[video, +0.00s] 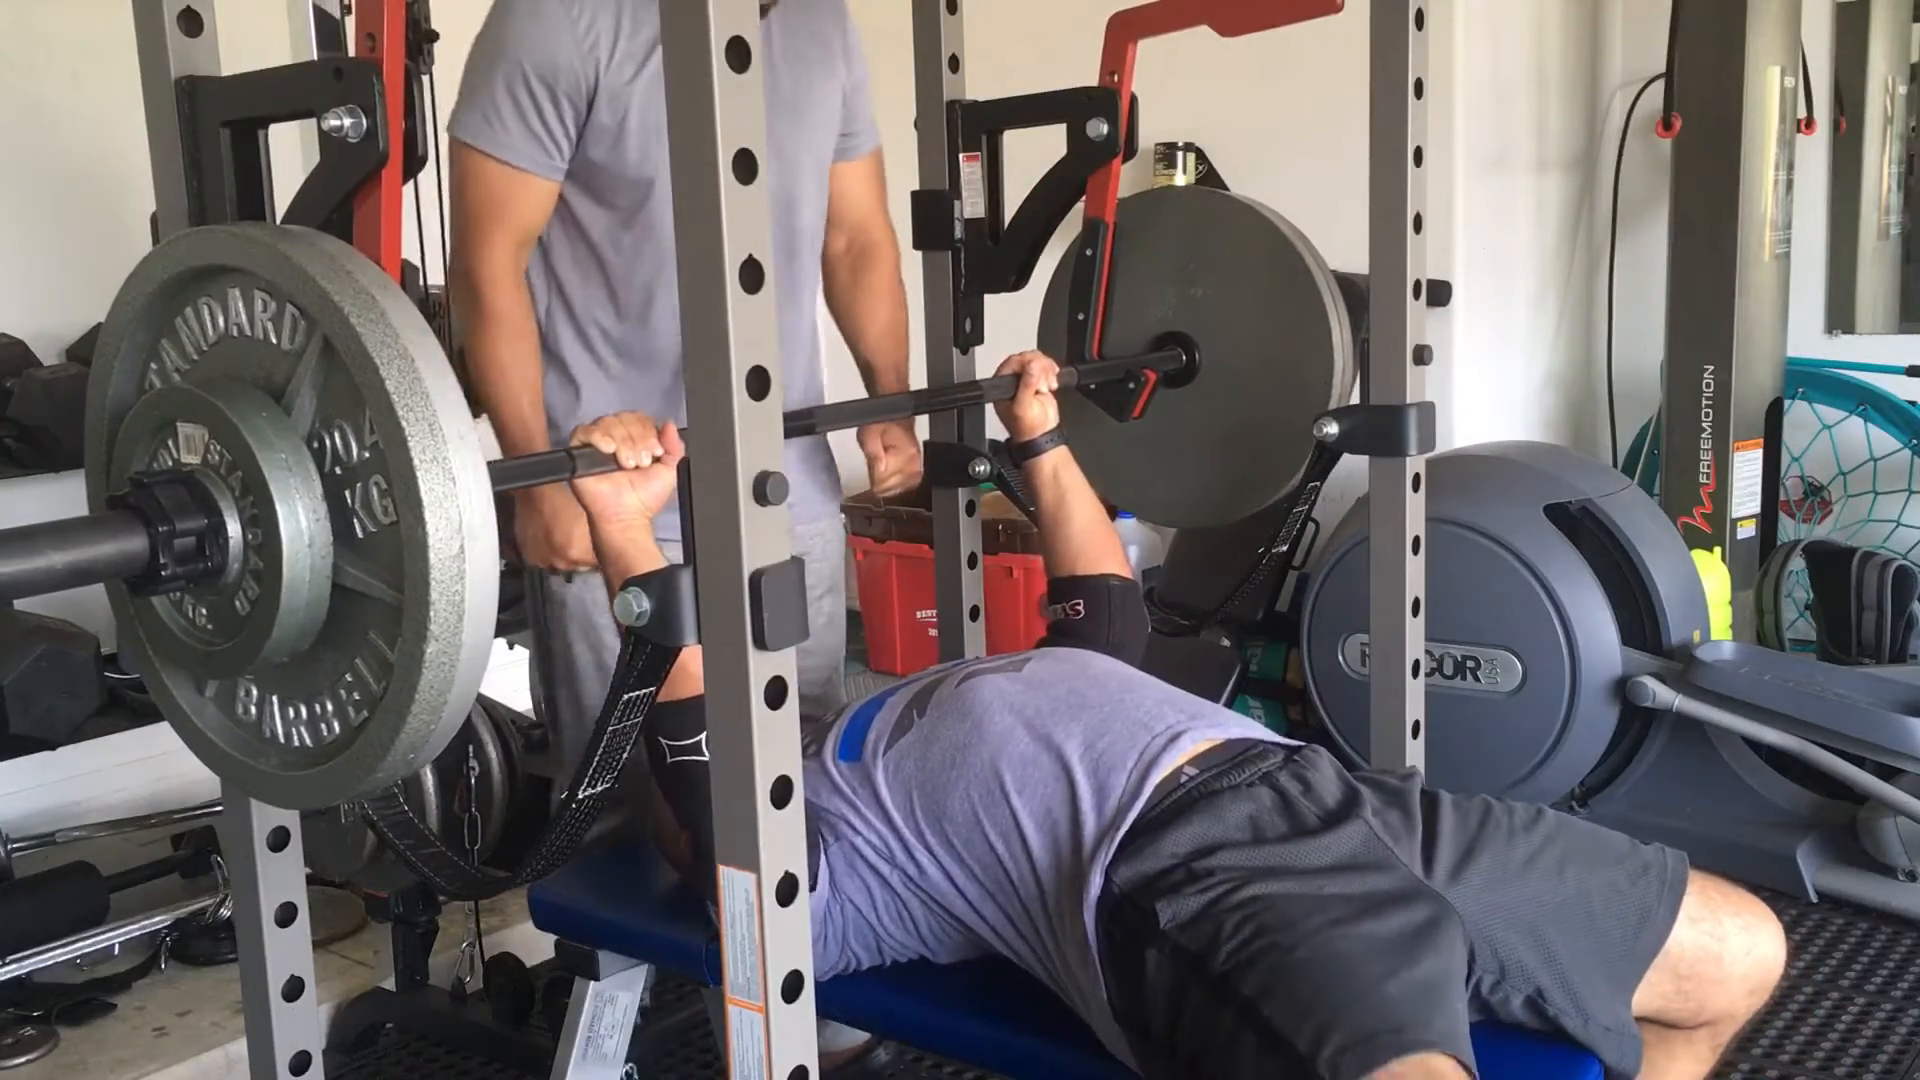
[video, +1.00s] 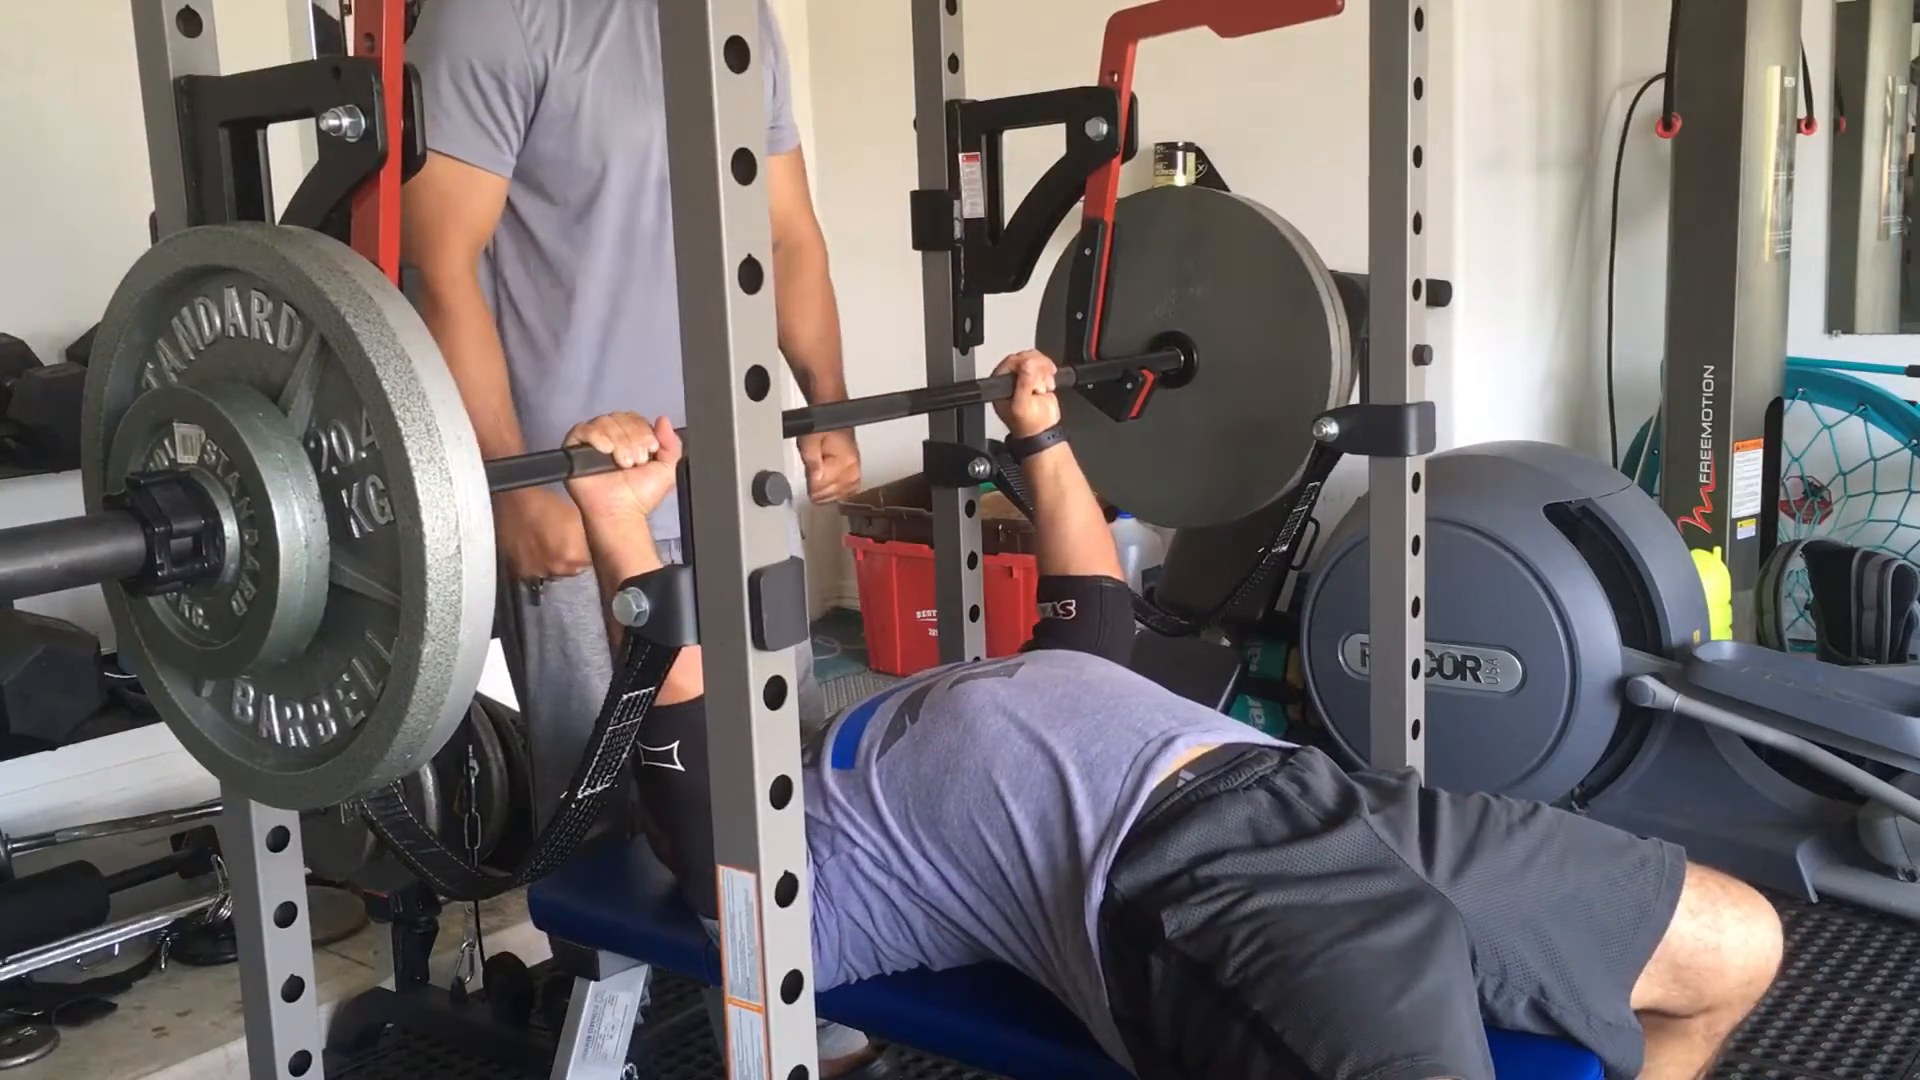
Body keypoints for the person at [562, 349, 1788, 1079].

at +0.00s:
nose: (757, 673)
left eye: (765, 672)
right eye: (722, 706)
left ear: (831, 688)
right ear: (717, 773)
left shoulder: (1004, 699)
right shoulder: (801, 843)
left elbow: (1102, 607)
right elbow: (702, 760)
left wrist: (1037, 444)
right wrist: (628, 547)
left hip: (1327, 781)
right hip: (1198, 863)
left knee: (1742, 952)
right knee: (1414, 1063)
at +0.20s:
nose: (754, 669)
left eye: (767, 666)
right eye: (728, 693)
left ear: (841, 683)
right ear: (718, 760)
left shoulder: (1007, 702)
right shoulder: (784, 841)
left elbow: (1102, 612)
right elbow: (697, 740)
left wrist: (1040, 448)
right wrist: (628, 546)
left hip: (1323, 784)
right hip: (1200, 877)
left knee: (1745, 920)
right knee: (1426, 1063)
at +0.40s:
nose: (734, 669)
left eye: (742, 669)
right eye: (716, 693)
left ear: (824, 690)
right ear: (711, 761)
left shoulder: (1011, 690)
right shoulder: (795, 833)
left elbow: (1107, 604)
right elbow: (689, 767)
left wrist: (1037, 442)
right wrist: (630, 549)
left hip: (1324, 784)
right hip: (1205, 883)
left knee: (1738, 927)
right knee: (1427, 1059)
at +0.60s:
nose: (764, 670)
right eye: (727, 714)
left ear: (847, 675)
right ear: (723, 768)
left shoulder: (1026, 688)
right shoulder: (812, 825)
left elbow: (1109, 605)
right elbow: (707, 785)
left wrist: (1036, 441)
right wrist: (637, 552)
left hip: (1330, 785)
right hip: (1206, 879)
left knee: (1739, 942)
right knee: (1428, 1060)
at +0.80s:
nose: (744, 671)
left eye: (753, 667)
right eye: (721, 697)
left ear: (833, 683)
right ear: (711, 765)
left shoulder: (1008, 698)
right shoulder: (792, 838)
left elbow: (1101, 607)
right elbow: (694, 743)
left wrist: (1037, 443)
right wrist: (630, 545)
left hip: (1327, 786)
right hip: (1206, 880)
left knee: (1741, 945)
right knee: (1428, 1060)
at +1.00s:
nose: (746, 679)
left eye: (758, 675)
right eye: (715, 708)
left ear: (823, 691)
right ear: (708, 770)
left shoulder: (1010, 701)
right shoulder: (791, 847)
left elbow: (1095, 613)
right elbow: (692, 729)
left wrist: (1039, 438)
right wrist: (623, 533)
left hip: (1330, 786)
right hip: (1207, 882)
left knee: (1740, 942)